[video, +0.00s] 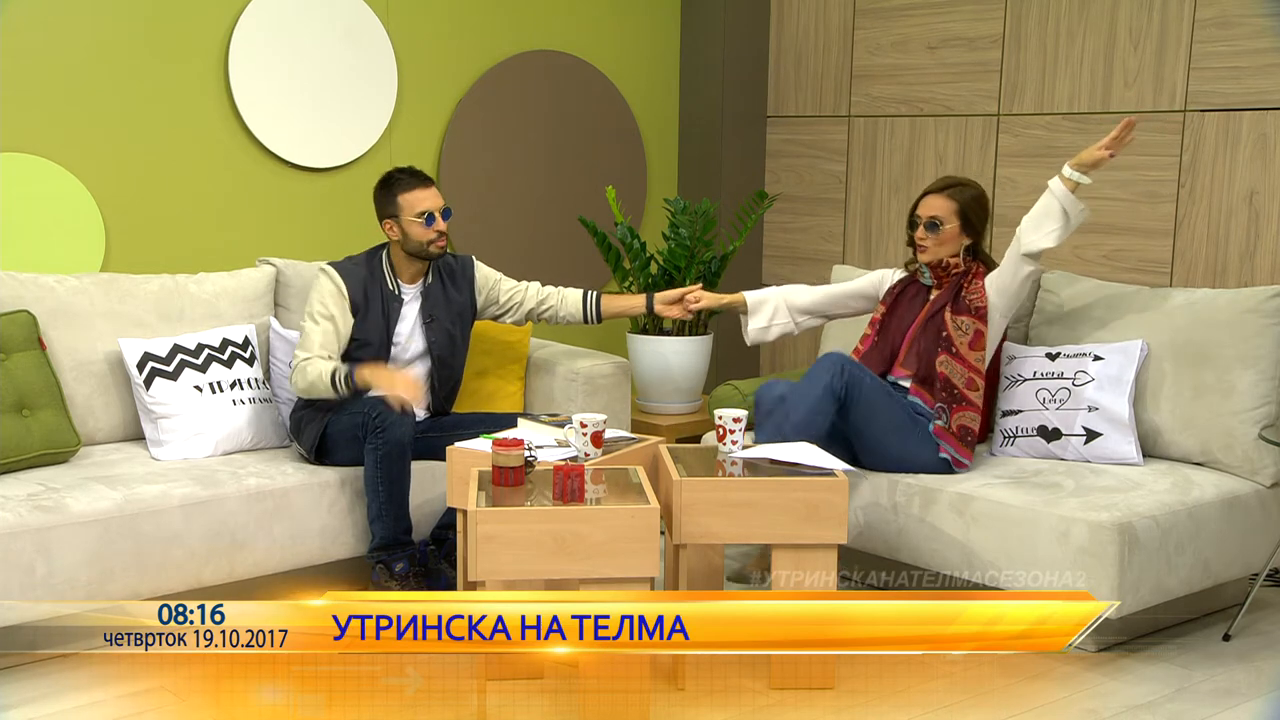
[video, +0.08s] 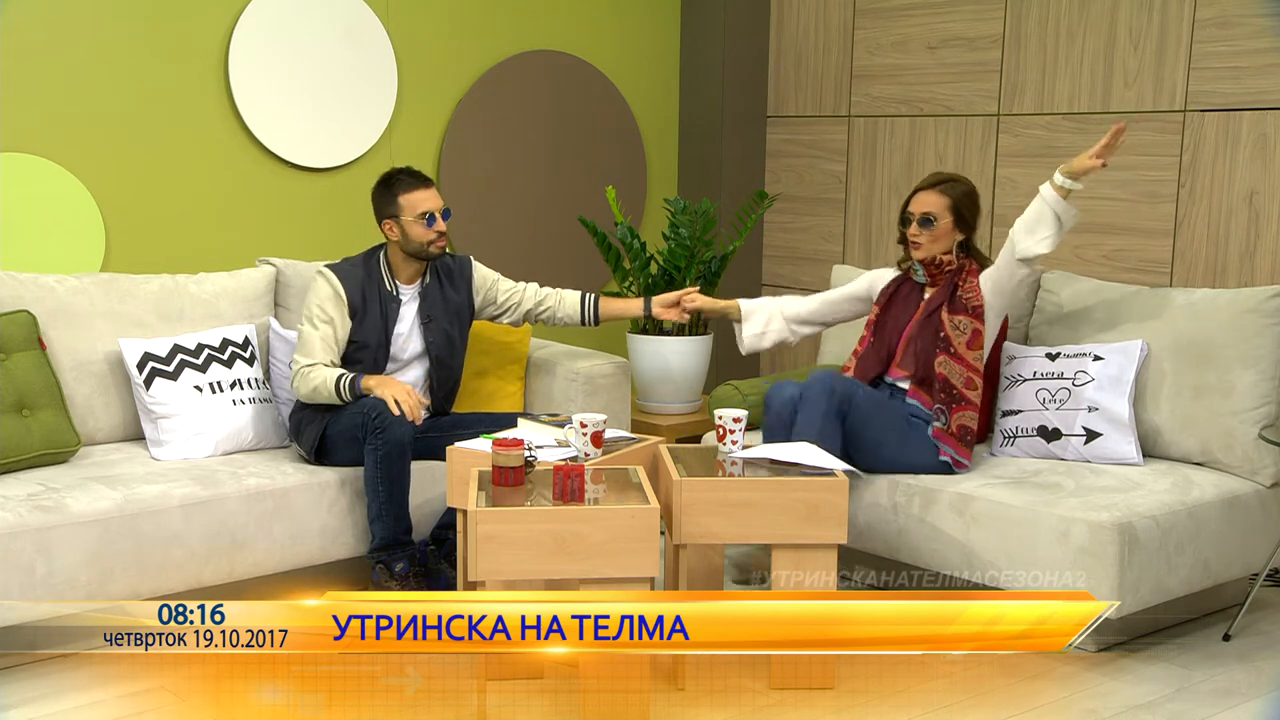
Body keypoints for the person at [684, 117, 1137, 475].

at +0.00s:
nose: (920, 235)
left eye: (934, 226)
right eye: (917, 226)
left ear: (969, 234)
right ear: (913, 232)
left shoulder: (991, 294)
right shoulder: (896, 285)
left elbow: (1028, 247)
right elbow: (816, 299)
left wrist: (1076, 171)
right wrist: (725, 300)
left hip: (931, 437)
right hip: (864, 423)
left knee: (836, 368)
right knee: (772, 398)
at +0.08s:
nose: (913, 233)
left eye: (927, 222)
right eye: (909, 222)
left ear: (962, 228)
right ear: (905, 229)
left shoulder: (988, 293)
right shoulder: (890, 284)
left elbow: (1024, 248)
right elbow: (806, 311)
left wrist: (1067, 178)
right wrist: (714, 306)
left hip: (931, 430)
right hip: (869, 415)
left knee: (824, 388)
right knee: (782, 395)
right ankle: (762, 532)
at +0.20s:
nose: (898, 224)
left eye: (912, 214)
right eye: (891, 214)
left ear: (944, 220)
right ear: (885, 222)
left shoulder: (970, 283)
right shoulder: (871, 282)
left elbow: (1008, 248)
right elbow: (793, 329)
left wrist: (1047, 199)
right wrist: (707, 321)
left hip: (931, 434)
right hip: (866, 414)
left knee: (818, 417)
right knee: (783, 411)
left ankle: (821, 570)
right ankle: (788, 563)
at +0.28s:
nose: (882, 220)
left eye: (897, 209)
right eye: (877, 210)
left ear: (929, 216)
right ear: (870, 219)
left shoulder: (954, 279)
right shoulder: (857, 281)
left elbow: (992, 249)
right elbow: (786, 334)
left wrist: (1027, 212)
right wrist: (704, 331)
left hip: (925, 433)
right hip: (861, 417)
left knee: (808, 427)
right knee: (779, 418)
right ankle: (819, 560)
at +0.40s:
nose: (866, 215)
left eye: (881, 204)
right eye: (859, 204)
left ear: (911, 212)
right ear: (852, 212)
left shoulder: (935, 273)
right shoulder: (842, 277)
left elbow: (969, 252)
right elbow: (780, 339)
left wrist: (1001, 221)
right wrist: (697, 345)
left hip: (915, 430)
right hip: (850, 419)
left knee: (788, 424)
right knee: (773, 422)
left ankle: (826, 565)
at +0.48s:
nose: (857, 213)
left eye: (873, 202)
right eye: (851, 203)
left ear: (903, 212)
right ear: (844, 211)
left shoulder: (928, 273)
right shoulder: (835, 278)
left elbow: (960, 250)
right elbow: (777, 342)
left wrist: (992, 222)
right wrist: (691, 351)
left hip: (911, 432)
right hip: (846, 422)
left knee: (784, 425)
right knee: (765, 422)